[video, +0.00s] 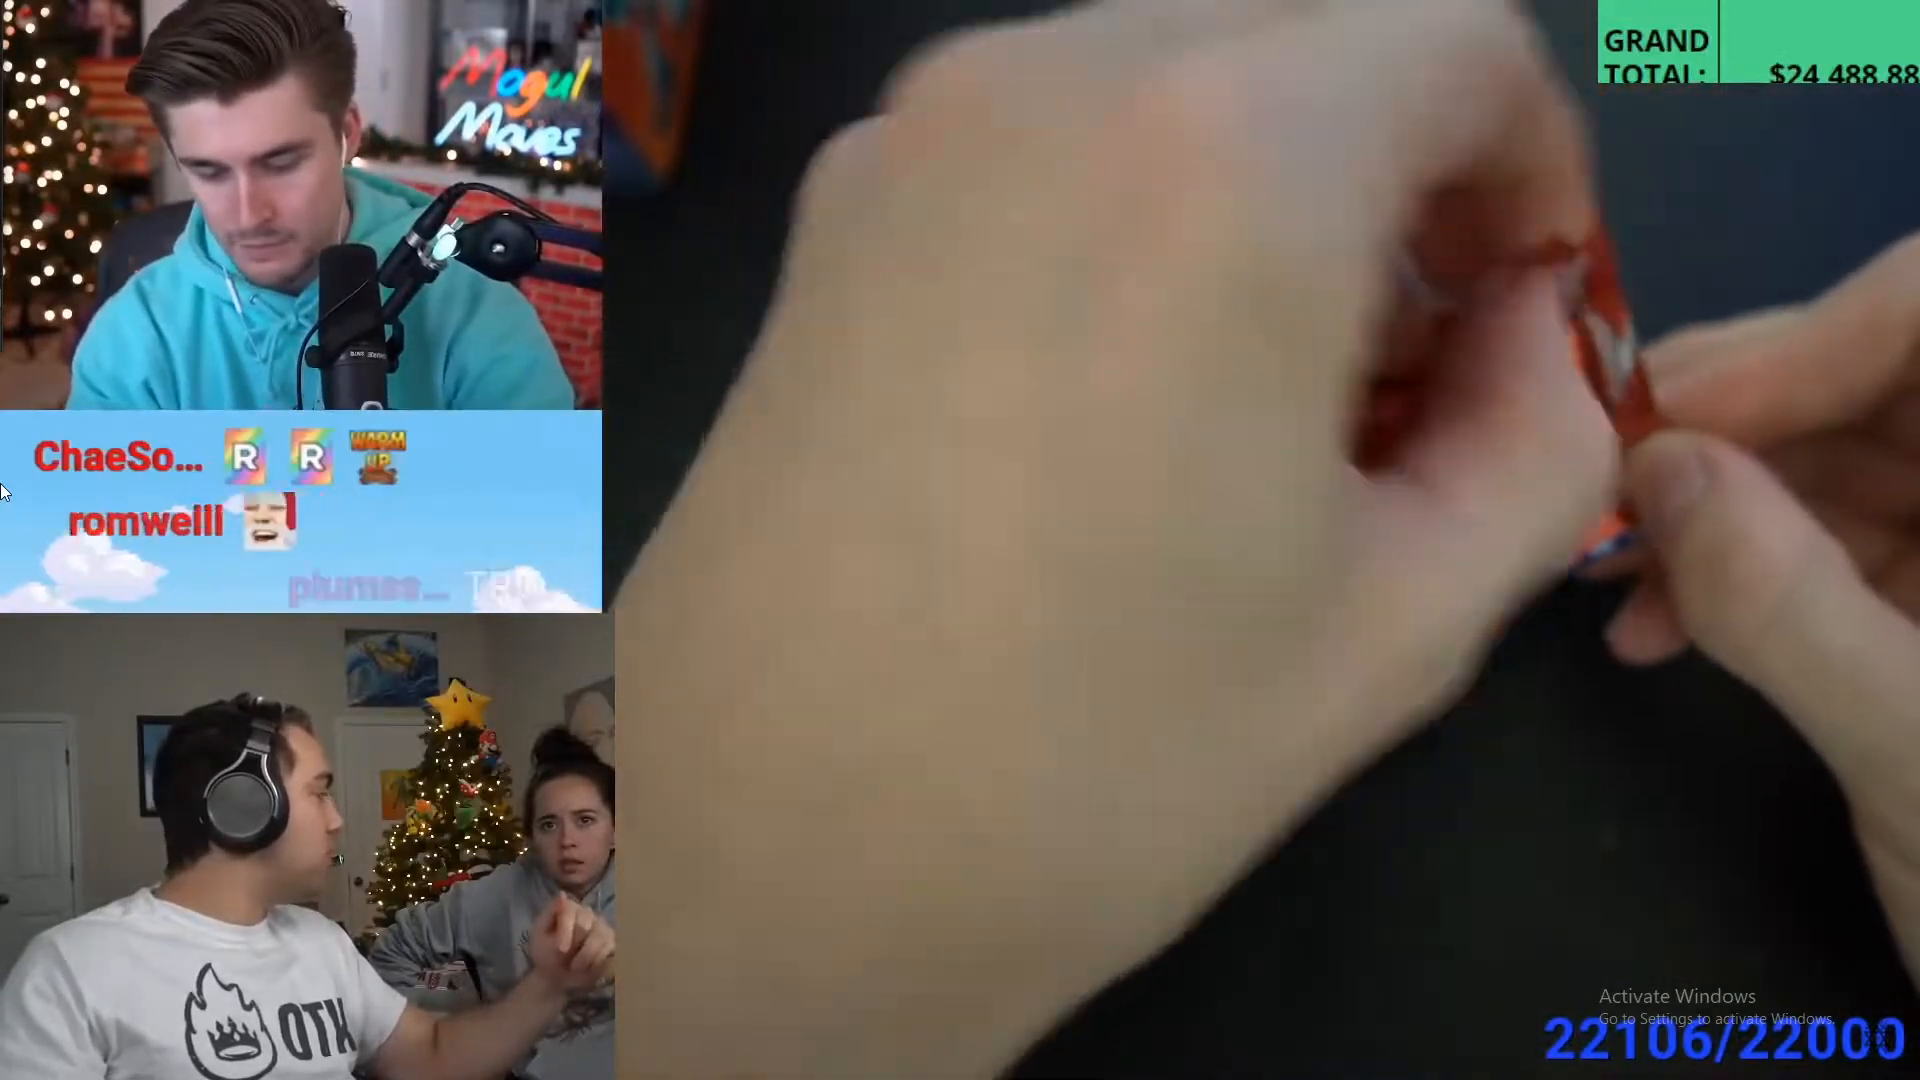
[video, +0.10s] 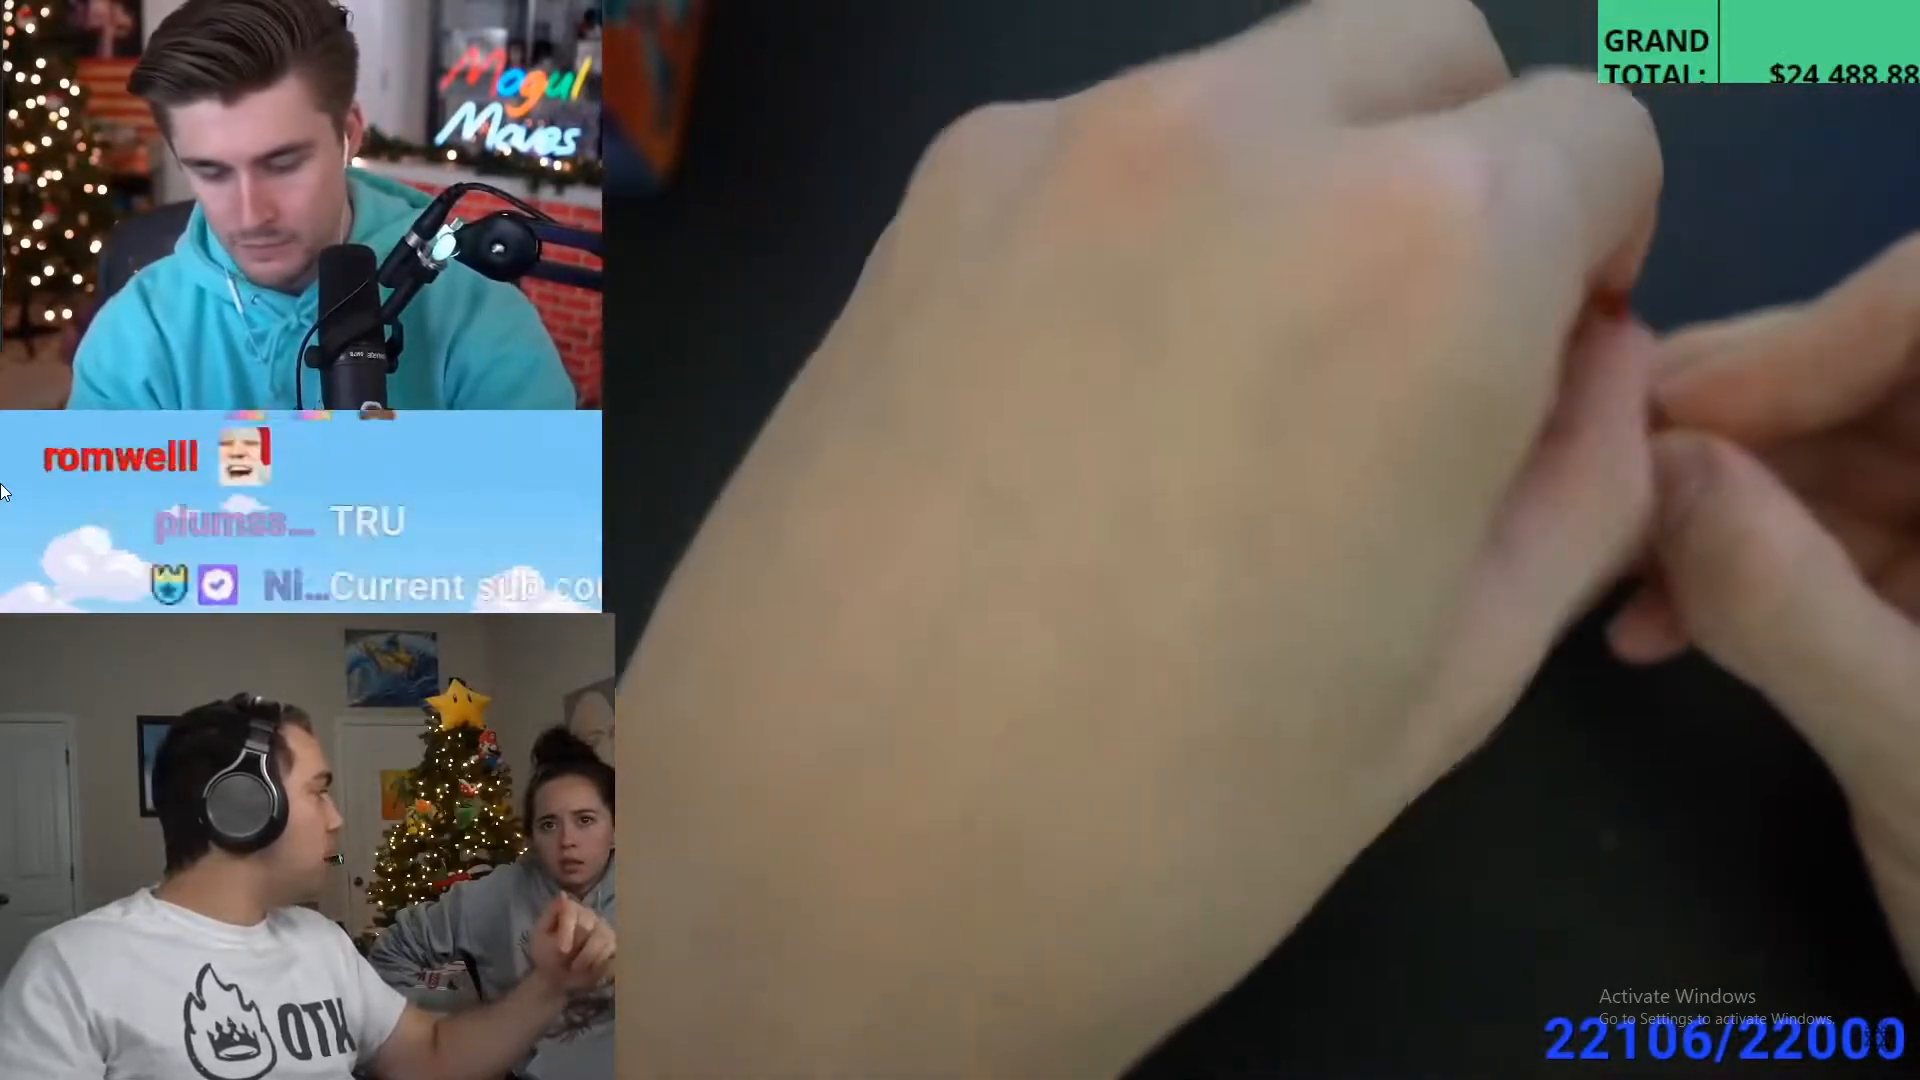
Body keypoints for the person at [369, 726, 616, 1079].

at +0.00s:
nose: (567, 842)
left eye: (585, 821)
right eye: (549, 825)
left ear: (615, 829)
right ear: (531, 836)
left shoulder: (642, 895)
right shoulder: (493, 898)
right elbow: (389, 956)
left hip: (618, 1069)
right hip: (530, 1071)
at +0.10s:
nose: (567, 842)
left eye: (585, 821)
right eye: (549, 825)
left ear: (615, 828)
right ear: (531, 836)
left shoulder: (643, 895)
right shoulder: (493, 898)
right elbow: (389, 956)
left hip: (619, 1068)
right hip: (531, 1071)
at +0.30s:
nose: (567, 842)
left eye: (585, 821)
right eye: (549, 825)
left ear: (615, 828)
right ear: (531, 836)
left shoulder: (642, 895)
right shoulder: (492, 899)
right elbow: (391, 955)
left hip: (614, 1068)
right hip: (524, 1069)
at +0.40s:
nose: (567, 842)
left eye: (585, 821)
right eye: (548, 825)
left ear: (615, 828)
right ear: (531, 836)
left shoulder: (642, 893)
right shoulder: (491, 899)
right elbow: (389, 956)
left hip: (615, 1069)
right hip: (528, 1071)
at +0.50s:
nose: (567, 842)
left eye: (585, 821)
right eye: (548, 825)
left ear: (615, 828)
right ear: (530, 836)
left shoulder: (641, 897)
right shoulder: (491, 898)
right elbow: (388, 958)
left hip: (609, 1070)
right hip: (522, 1072)